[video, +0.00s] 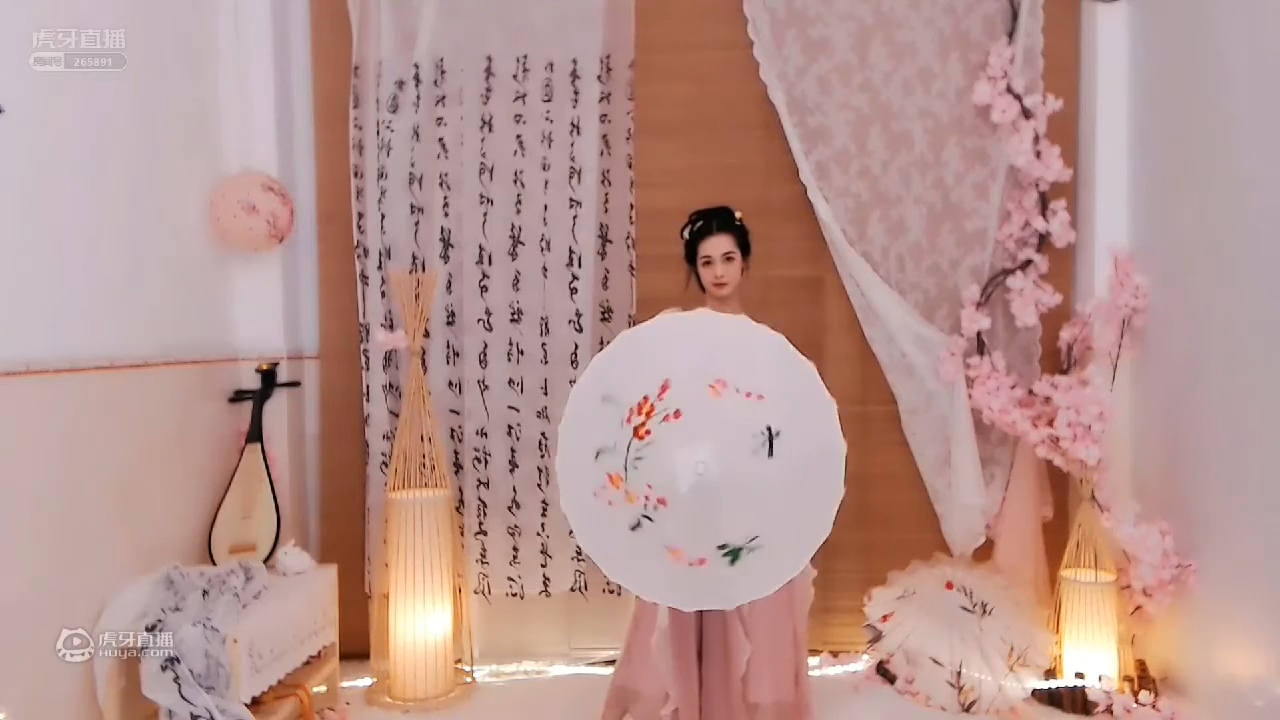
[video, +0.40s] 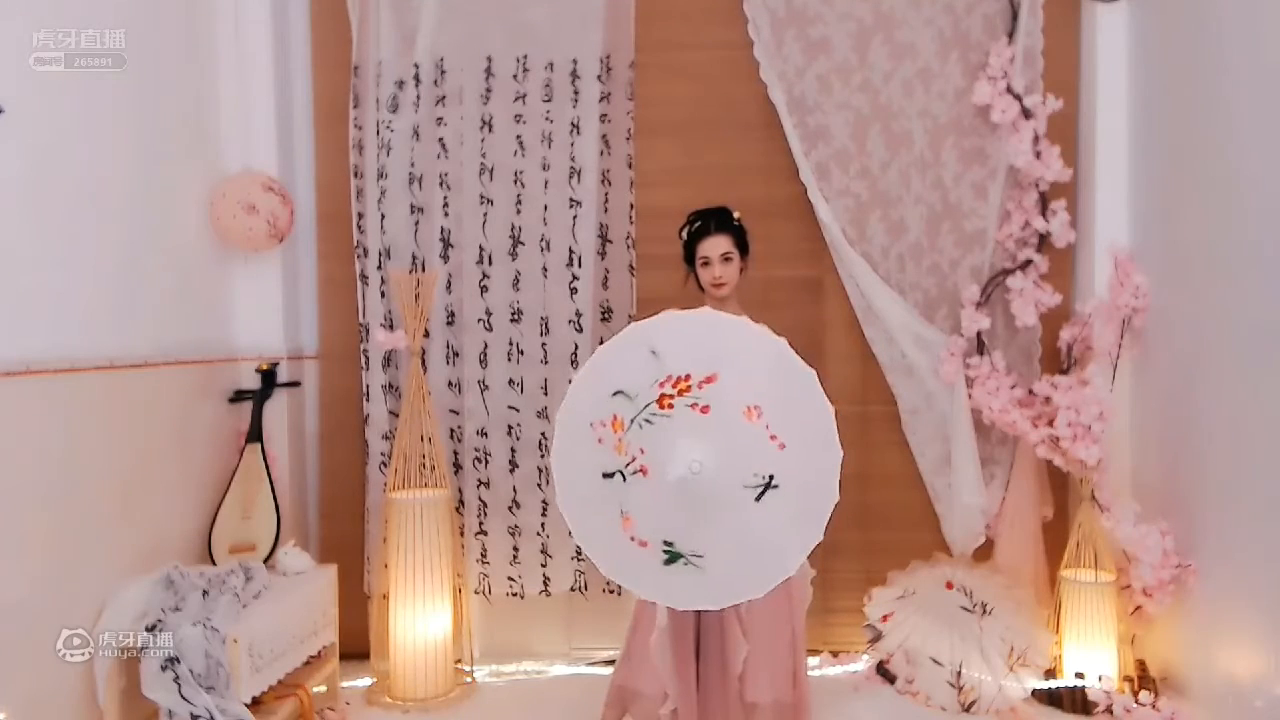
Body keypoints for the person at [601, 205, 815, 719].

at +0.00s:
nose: (718, 271)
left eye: (728, 258)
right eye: (707, 261)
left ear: (744, 263)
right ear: (694, 267)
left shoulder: (766, 343)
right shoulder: (671, 333)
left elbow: (796, 430)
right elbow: (635, 415)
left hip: (752, 499)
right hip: (682, 498)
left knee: (750, 618)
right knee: (681, 620)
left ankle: (747, 712)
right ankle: (677, 713)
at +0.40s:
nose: (716, 272)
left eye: (726, 259)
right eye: (705, 262)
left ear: (742, 263)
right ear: (693, 268)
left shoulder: (761, 339)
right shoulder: (674, 333)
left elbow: (786, 427)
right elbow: (649, 418)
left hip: (747, 490)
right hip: (685, 486)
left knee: (746, 604)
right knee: (681, 604)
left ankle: (745, 710)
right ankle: (678, 711)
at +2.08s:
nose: (715, 272)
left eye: (725, 259)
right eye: (704, 262)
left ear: (742, 263)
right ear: (693, 269)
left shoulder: (760, 339)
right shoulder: (676, 336)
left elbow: (786, 430)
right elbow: (651, 424)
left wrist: (784, 513)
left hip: (748, 493)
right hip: (683, 491)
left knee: (745, 612)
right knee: (681, 611)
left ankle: (744, 711)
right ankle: (678, 712)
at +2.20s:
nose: (715, 272)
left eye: (725, 259)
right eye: (704, 262)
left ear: (742, 263)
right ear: (692, 268)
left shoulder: (760, 338)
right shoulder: (671, 334)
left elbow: (784, 429)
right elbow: (648, 420)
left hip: (745, 492)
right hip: (679, 490)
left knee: (742, 610)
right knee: (678, 609)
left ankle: (742, 709)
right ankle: (677, 710)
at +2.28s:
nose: (715, 273)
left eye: (725, 259)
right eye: (704, 262)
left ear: (742, 263)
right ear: (692, 269)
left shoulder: (760, 338)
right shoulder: (672, 334)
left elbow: (783, 429)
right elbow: (649, 420)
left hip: (744, 491)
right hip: (679, 489)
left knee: (742, 609)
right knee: (679, 608)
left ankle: (741, 709)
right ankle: (678, 710)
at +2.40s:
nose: (715, 272)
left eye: (725, 259)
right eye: (704, 262)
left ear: (742, 263)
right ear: (692, 268)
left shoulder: (760, 338)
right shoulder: (671, 335)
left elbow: (786, 428)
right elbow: (647, 421)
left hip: (745, 491)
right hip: (679, 490)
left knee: (742, 608)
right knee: (679, 608)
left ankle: (741, 709)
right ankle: (678, 710)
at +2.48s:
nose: (715, 272)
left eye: (725, 259)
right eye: (704, 262)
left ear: (742, 262)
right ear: (692, 268)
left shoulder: (760, 338)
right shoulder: (670, 334)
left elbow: (785, 429)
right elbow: (647, 420)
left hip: (745, 492)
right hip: (679, 490)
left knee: (743, 609)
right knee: (680, 609)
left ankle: (742, 709)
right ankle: (678, 710)